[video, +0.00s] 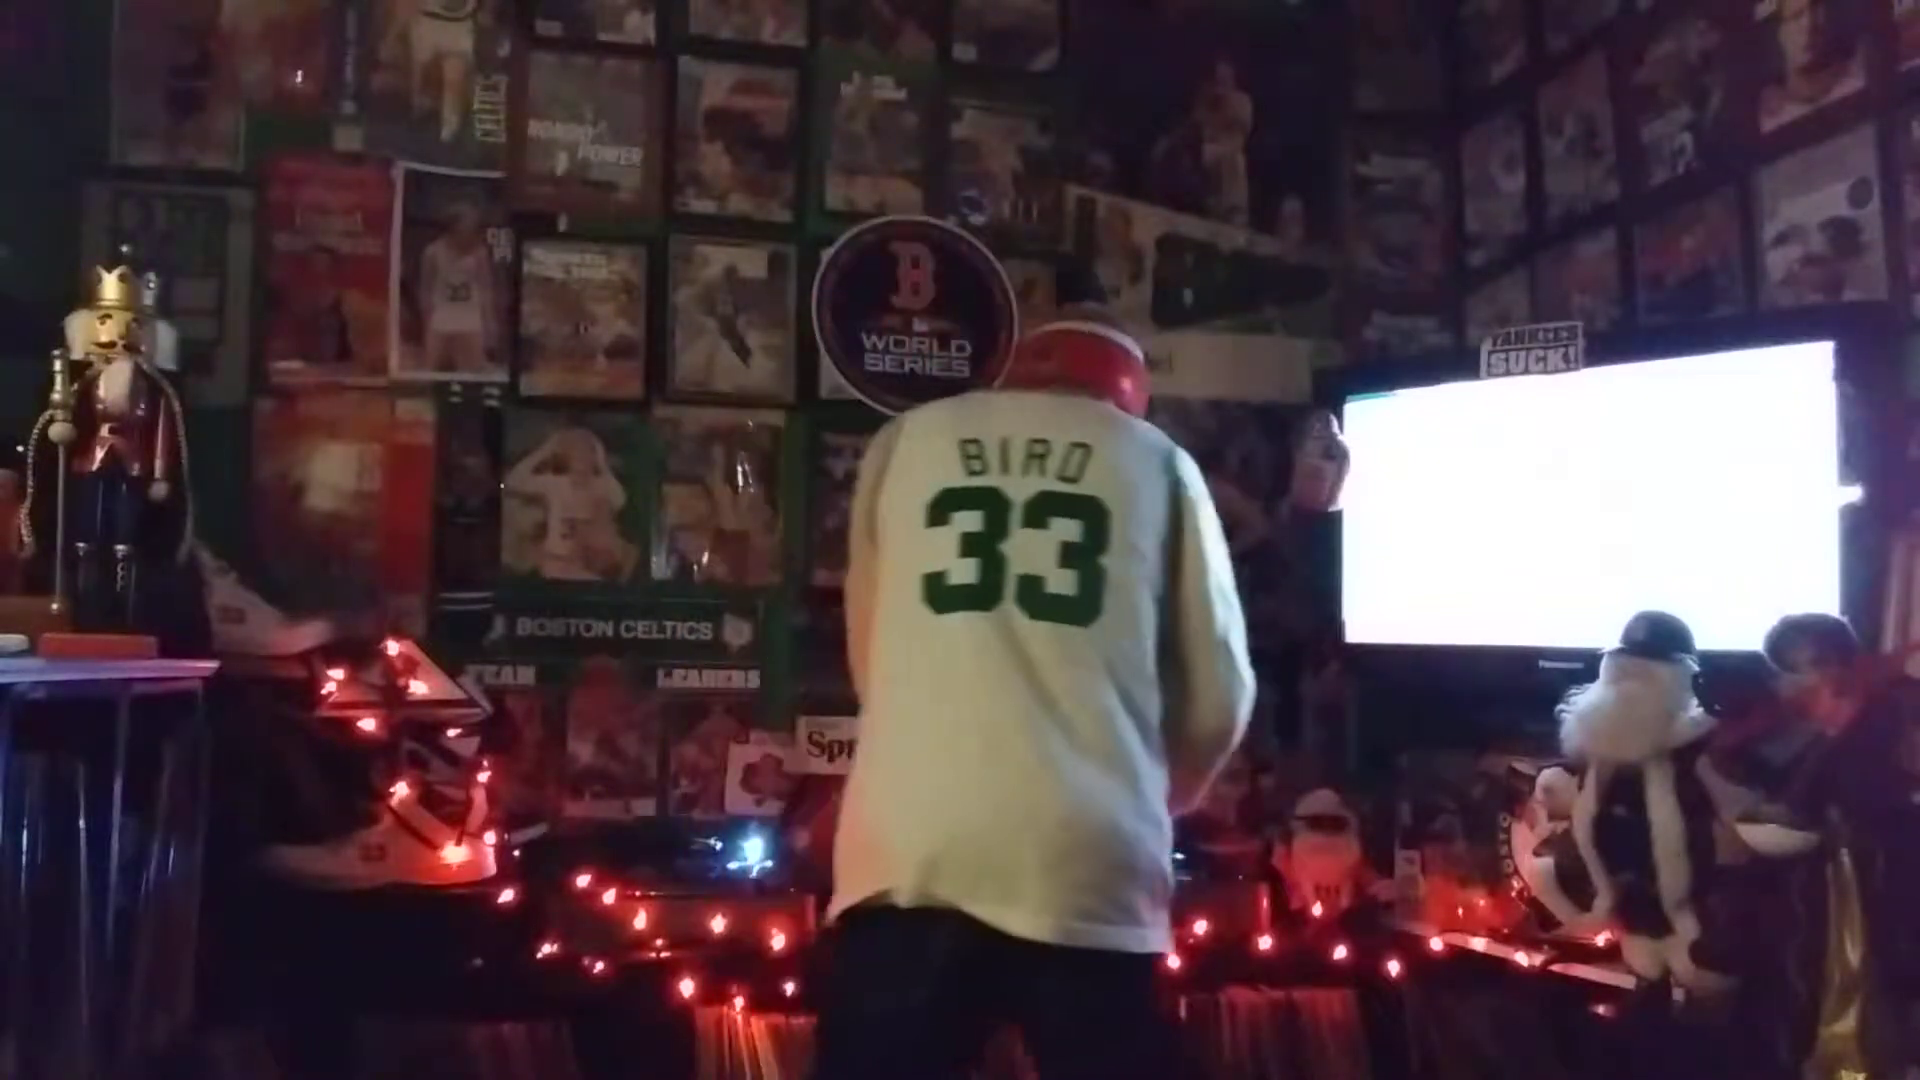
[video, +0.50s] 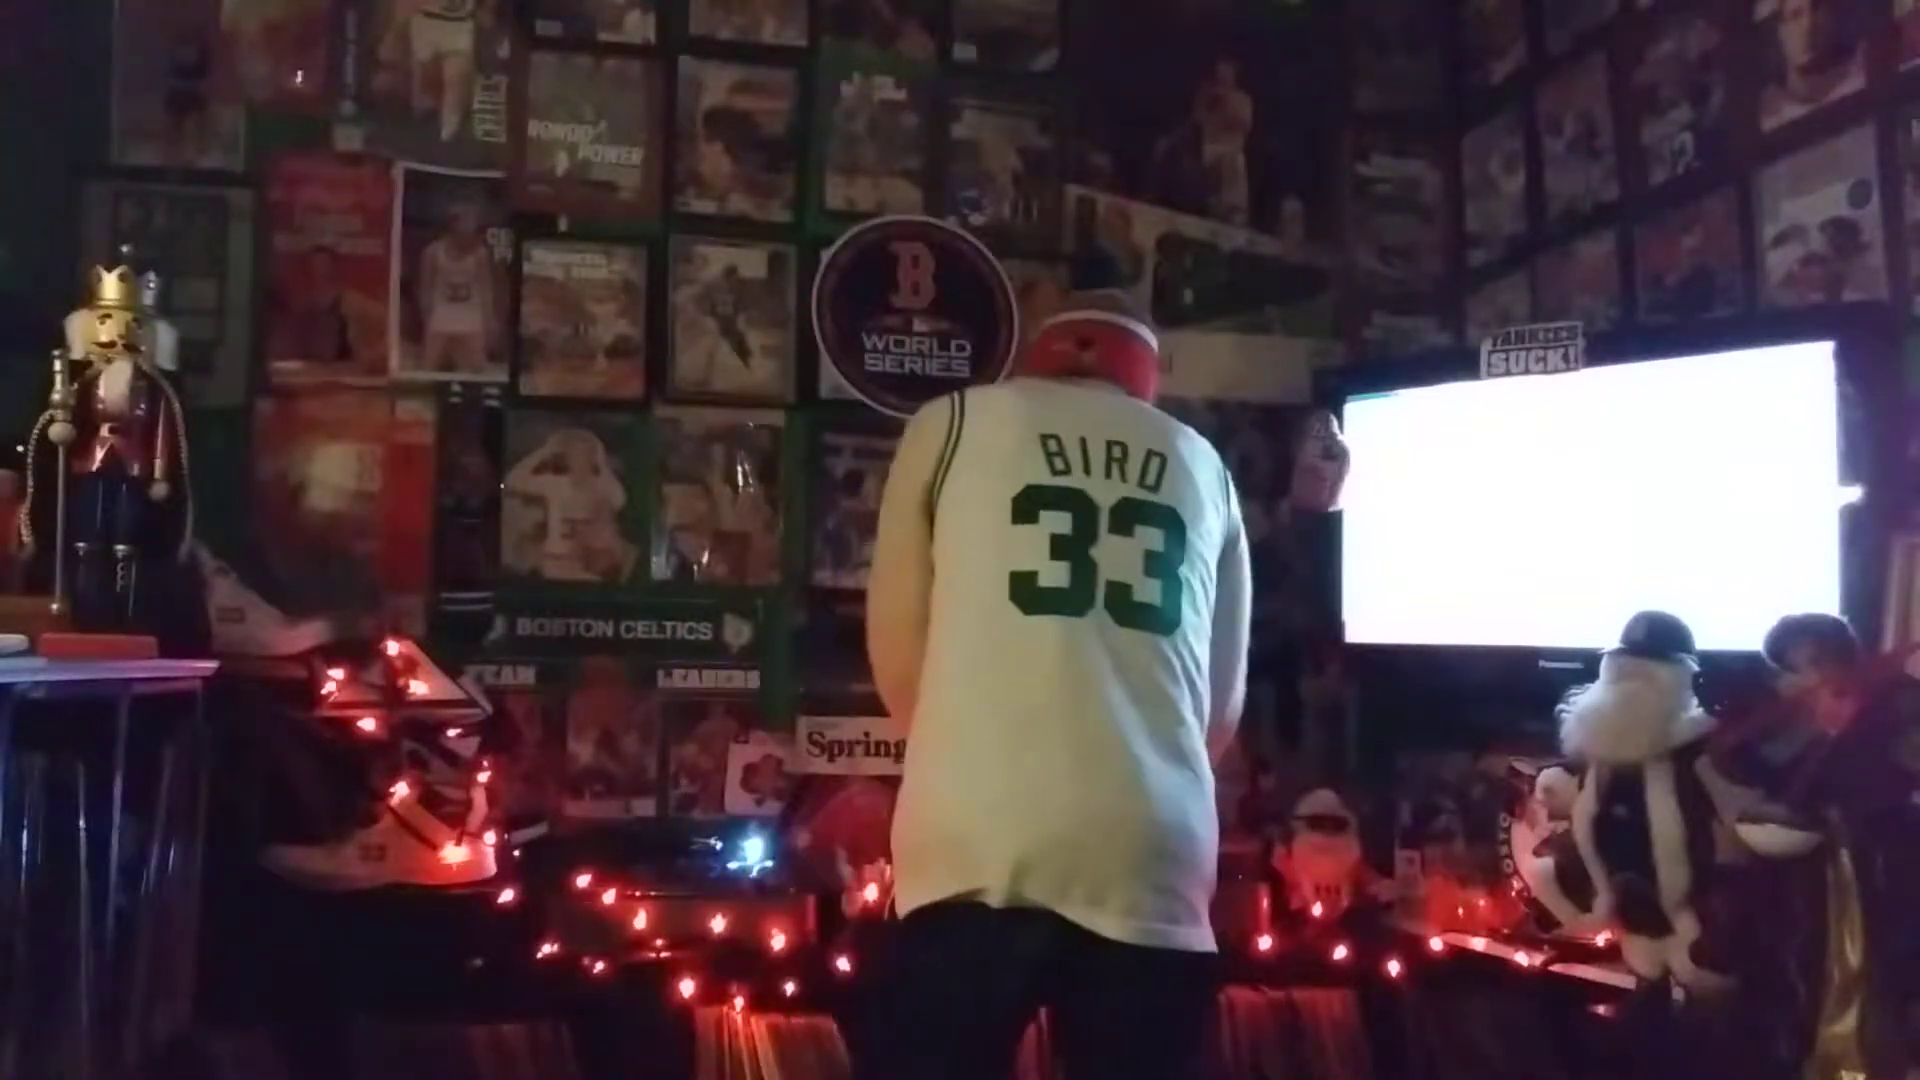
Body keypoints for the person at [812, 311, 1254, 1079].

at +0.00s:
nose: (1144, 413)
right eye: (1141, 402)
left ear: (1014, 370)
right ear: (1128, 396)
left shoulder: (903, 440)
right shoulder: (1159, 461)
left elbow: (868, 656)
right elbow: (1218, 699)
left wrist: (932, 767)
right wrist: (1140, 816)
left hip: (902, 859)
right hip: (1089, 871)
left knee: (873, 1065)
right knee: (1113, 1066)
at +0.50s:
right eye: (1152, 382)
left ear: (1039, 357)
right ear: (1149, 382)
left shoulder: (950, 422)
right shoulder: (1209, 468)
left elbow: (895, 647)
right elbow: (1221, 705)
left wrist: (966, 762)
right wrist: (1129, 791)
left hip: (976, 825)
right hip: (1155, 851)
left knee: (925, 1064)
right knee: (1144, 1064)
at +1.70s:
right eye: (877, 340)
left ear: (752, 355)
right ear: (870, 351)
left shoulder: (709, 437)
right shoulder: (968, 443)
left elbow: (652, 689)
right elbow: (1040, 676)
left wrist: (771, 729)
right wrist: (1030, 810)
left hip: (793, 898)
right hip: (983, 894)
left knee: (798, 1065)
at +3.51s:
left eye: (1004, 343)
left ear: (1011, 341)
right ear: (1134, 360)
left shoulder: (961, 411)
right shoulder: (1213, 455)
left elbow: (876, 661)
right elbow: (1216, 688)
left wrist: (950, 766)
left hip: (975, 884)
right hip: (1156, 903)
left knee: (933, 1061)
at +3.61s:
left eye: (992, 357)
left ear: (1003, 351)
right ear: (1124, 370)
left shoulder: (956, 408)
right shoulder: (1200, 455)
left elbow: (873, 658)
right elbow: (1199, 659)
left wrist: (943, 767)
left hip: (977, 884)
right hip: (1157, 904)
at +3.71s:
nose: (969, 366)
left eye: (974, 355)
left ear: (986, 350)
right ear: (1104, 370)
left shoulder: (946, 408)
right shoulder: (1187, 454)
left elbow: (866, 661)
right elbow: (1186, 653)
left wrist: (928, 765)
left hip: (976, 892)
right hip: (1153, 909)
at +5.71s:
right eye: (992, 336)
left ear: (869, 328)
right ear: (997, 343)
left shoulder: (792, 422)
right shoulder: (1061, 440)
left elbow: (721, 674)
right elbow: (1089, 685)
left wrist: (831, 757)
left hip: (854, 905)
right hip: (1045, 910)